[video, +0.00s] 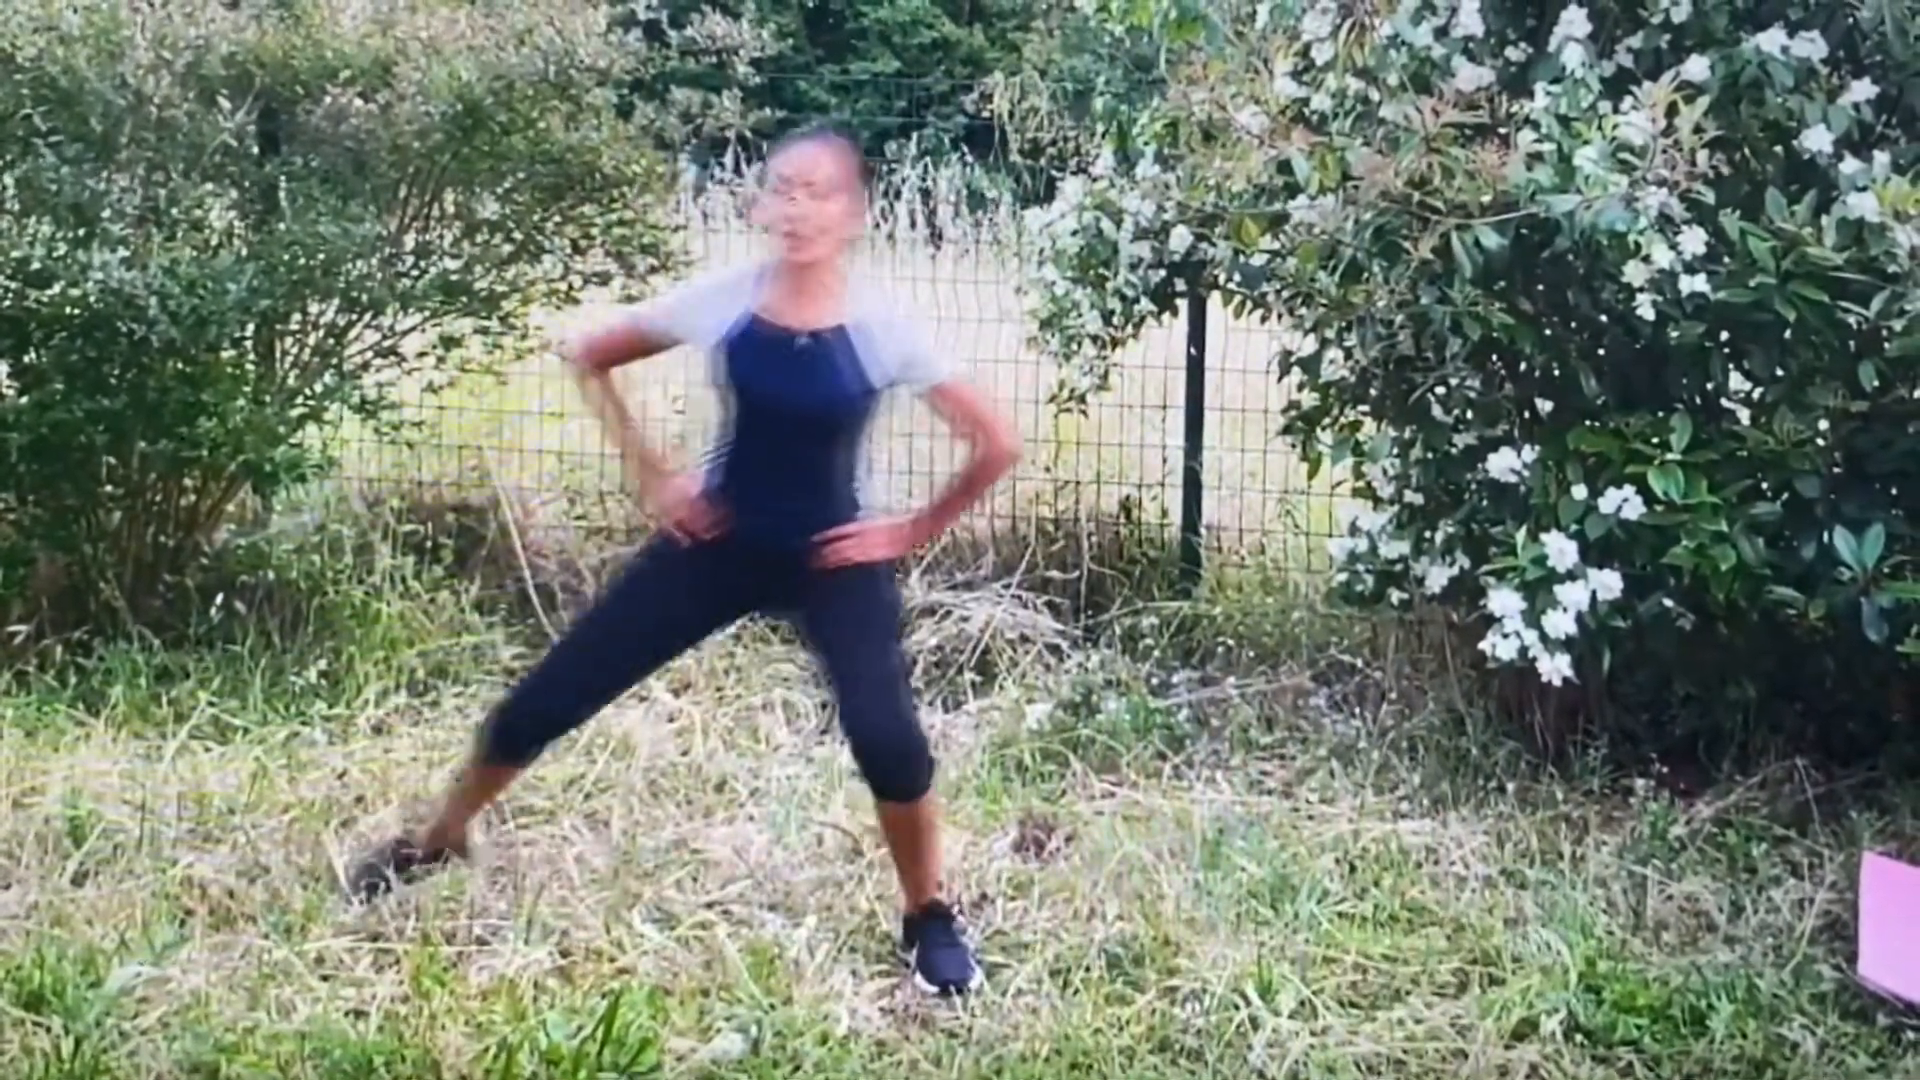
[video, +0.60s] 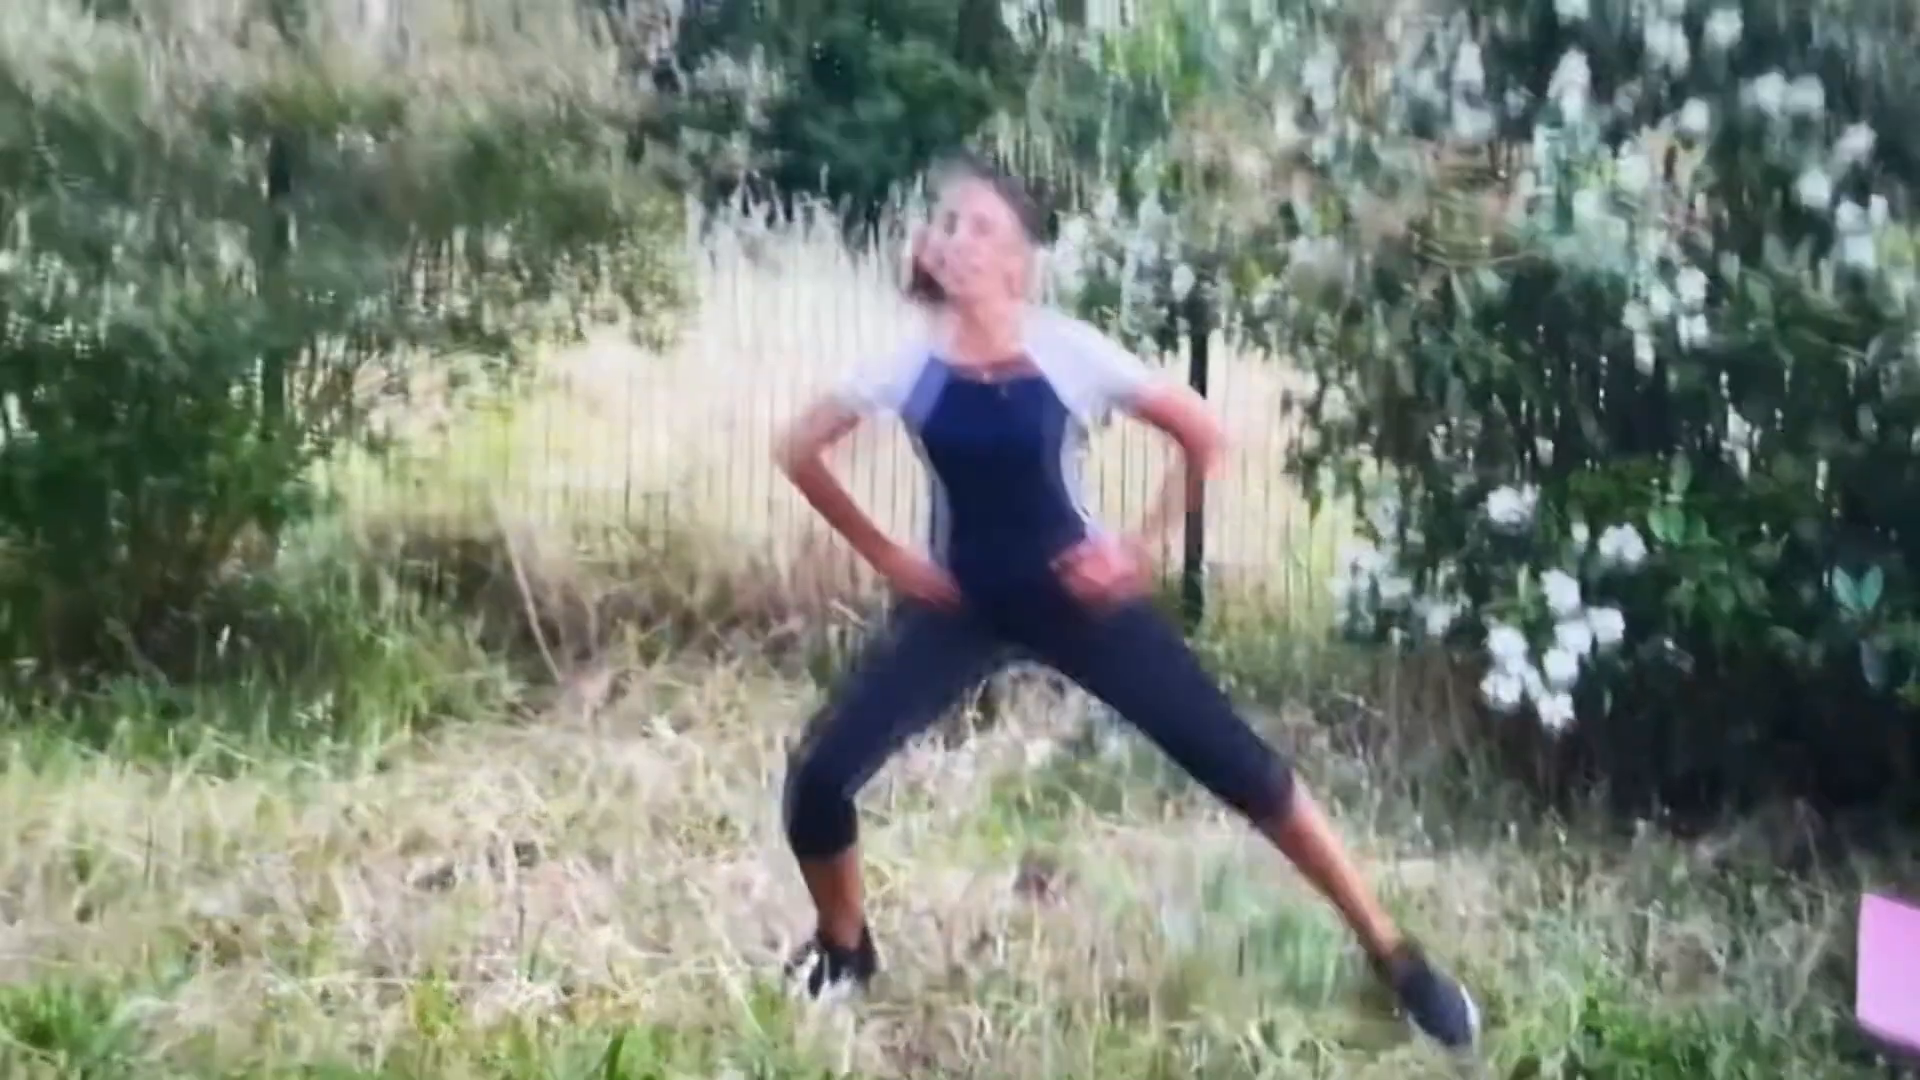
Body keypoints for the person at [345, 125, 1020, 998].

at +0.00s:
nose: (796, 209)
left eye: (819, 193)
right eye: (783, 190)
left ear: (857, 215)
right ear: (762, 206)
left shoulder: (881, 328)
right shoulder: (723, 303)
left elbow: (1000, 444)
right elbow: (586, 355)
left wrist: (913, 531)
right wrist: (654, 474)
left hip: (838, 565)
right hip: (717, 550)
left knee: (893, 746)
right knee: (534, 710)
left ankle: (930, 917)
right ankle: (437, 841)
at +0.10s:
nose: (840, 189)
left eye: (864, 175)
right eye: (828, 171)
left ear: (903, 202)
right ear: (806, 189)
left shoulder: (931, 306)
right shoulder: (768, 284)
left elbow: (1041, 435)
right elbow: (638, 339)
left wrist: (955, 523)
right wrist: (703, 457)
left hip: (883, 548)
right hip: (768, 529)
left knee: (901, 740)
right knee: (586, 689)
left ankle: (926, 914)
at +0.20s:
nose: (861, 180)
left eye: (885, 165)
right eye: (848, 162)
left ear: (924, 191)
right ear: (830, 180)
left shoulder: (953, 296)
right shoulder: (792, 277)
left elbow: (1069, 420)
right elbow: (671, 339)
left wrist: (987, 512)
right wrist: (744, 459)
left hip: (919, 540)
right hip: (804, 526)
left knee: (923, 741)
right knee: (675, 692)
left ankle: (930, 917)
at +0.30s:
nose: (869, 171)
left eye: (892, 158)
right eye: (858, 154)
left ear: (930, 188)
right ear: (838, 174)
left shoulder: (967, 287)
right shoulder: (803, 281)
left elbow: (1093, 396)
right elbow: (689, 355)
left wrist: (1018, 496)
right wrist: (772, 472)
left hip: (952, 534)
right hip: (836, 531)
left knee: (986, 738)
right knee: (757, 732)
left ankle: (950, 909)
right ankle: (840, 911)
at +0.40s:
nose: (884, 177)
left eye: (909, 164)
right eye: (872, 160)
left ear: (946, 196)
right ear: (849, 183)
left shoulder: (984, 290)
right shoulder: (821, 292)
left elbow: (1124, 386)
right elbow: (711, 383)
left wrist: (1057, 490)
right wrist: (801, 490)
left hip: (988, 538)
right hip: (868, 545)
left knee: (1084, 705)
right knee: (779, 743)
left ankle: (1064, 867)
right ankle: (844, 917)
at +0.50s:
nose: (906, 201)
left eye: (931, 187)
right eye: (896, 183)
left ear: (973, 220)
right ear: (875, 204)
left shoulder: (1014, 314)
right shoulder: (856, 321)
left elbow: (1158, 400)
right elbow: (747, 411)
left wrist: (1092, 510)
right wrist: (838, 517)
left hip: (1028, 563)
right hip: (907, 570)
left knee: (1171, 723)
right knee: (791, 756)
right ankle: (843, 929)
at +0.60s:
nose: (966, 235)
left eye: (988, 224)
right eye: (950, 225)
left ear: (1025, 263)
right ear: (927, 263)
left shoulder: (1069, 353)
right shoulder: (908, 367)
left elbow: (1203, 436)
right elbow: (797, 453)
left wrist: (1144, 549)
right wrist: (889, 558)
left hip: (1080, 605)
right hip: (959, 610)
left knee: (1244, 769)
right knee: (816, 781)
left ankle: (1392, 953)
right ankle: (843, 952)